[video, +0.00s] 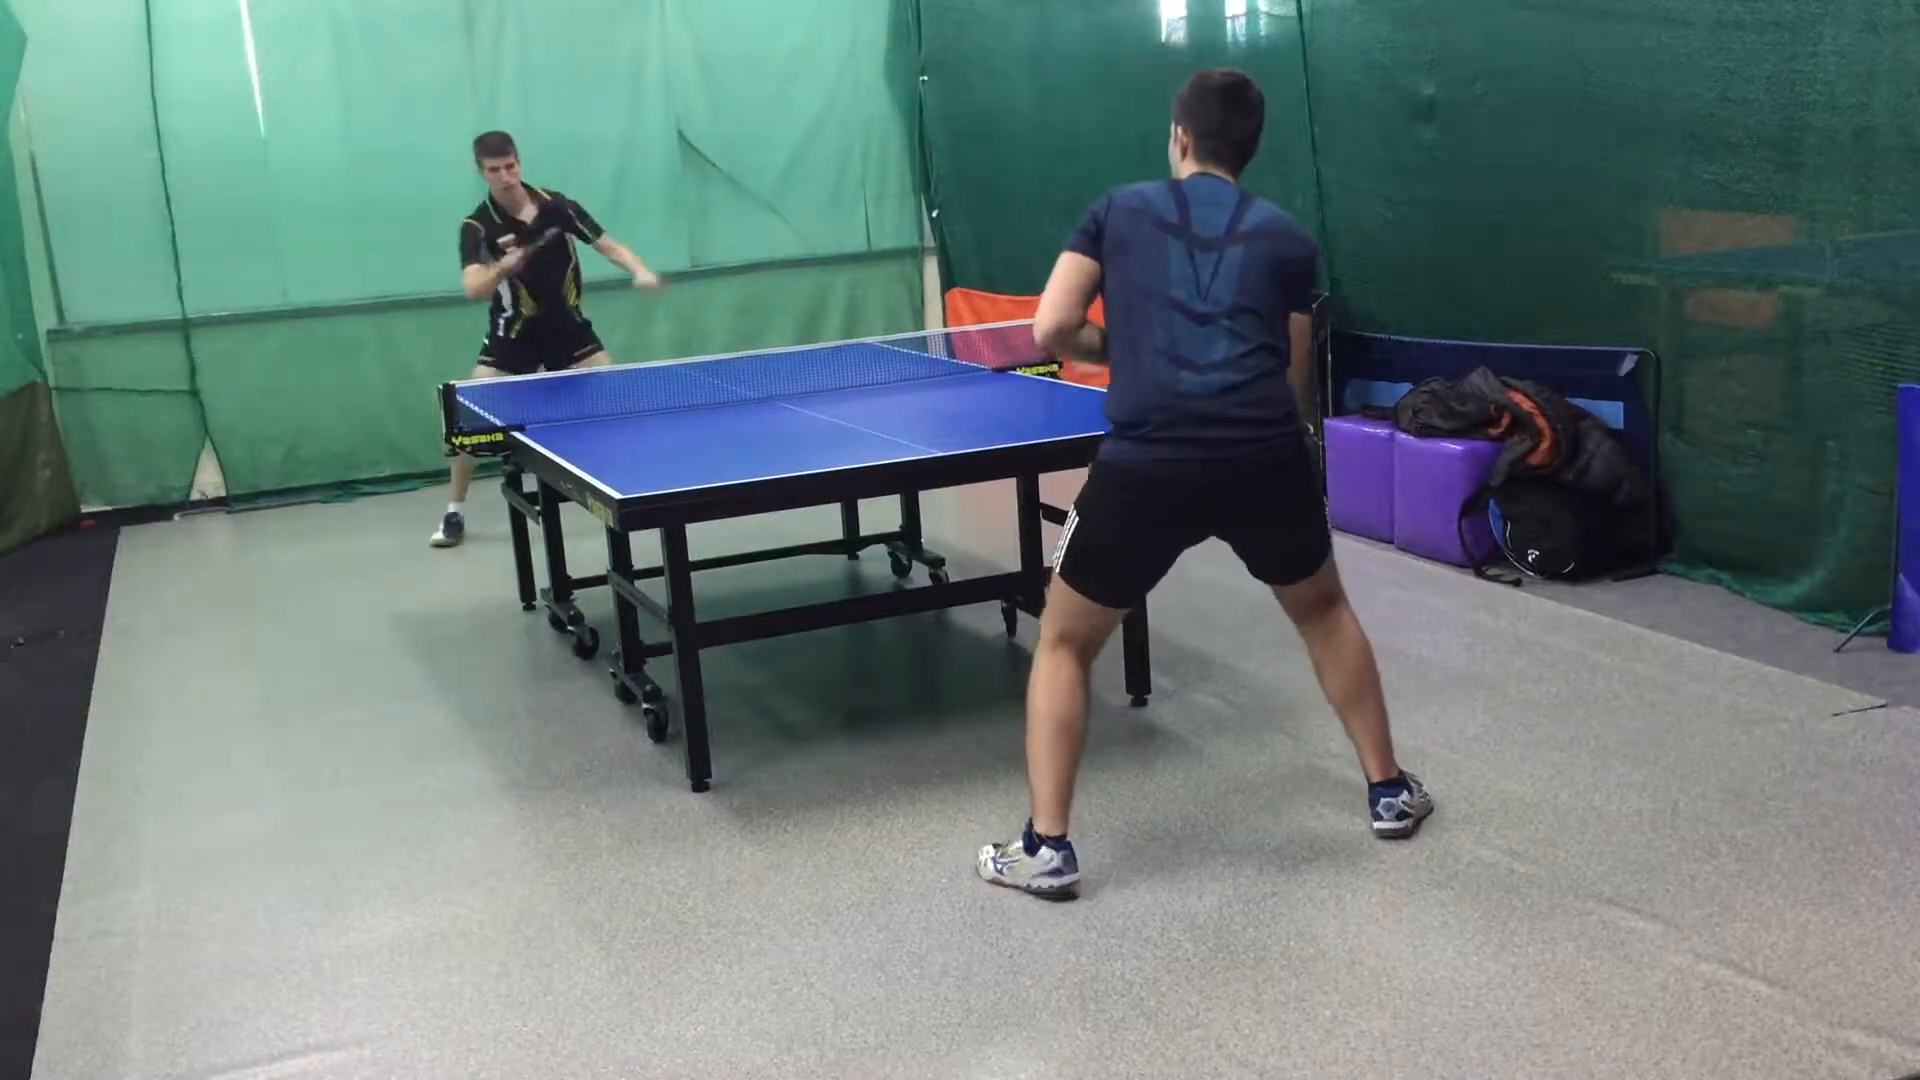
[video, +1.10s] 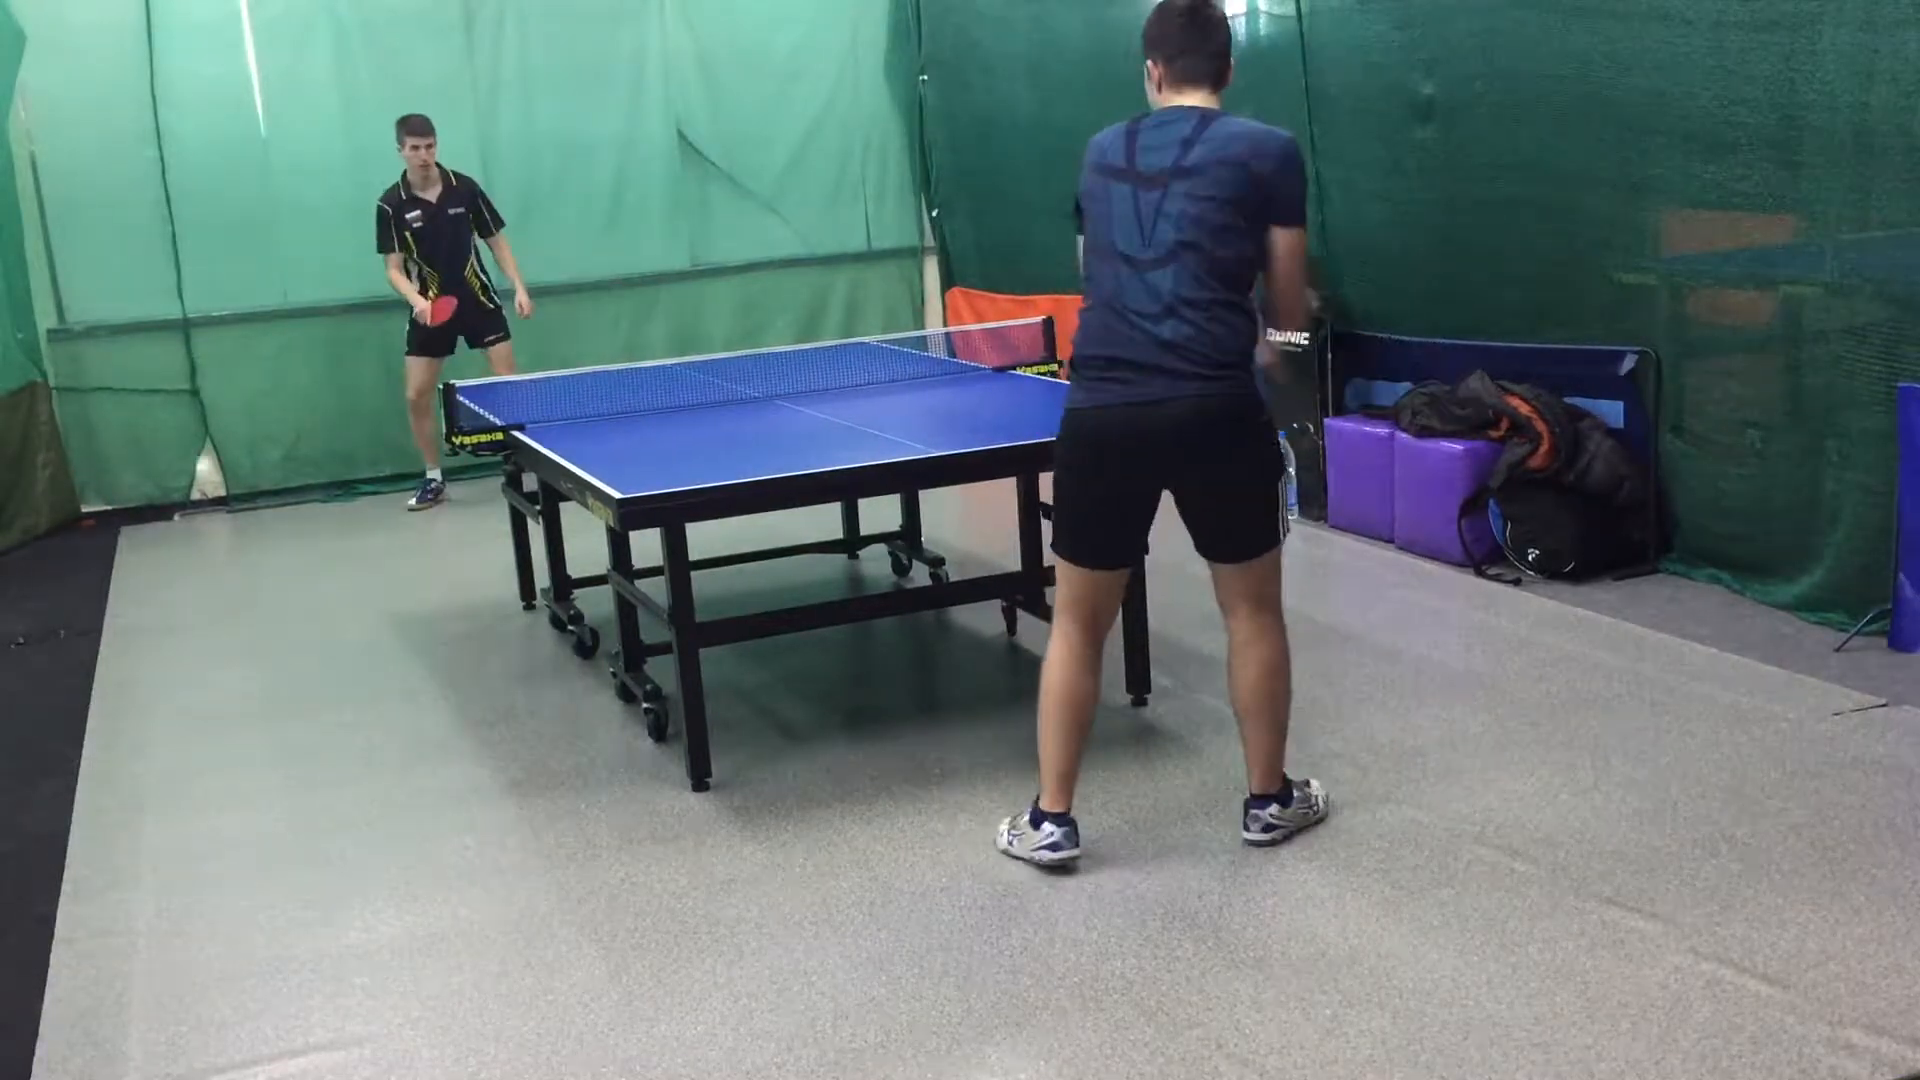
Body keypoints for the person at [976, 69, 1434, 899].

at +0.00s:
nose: (1173, 144)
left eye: (1174, 133)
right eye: (1188, 135)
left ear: (1179, 141)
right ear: (1250, 150)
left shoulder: (1116, 212)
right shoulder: (1286, 237)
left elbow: (1053, 328)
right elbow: (1294, 375)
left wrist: (1116, 344)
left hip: (1147, 474)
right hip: (1266, 470)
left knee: (1066, 644)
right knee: (1323, 615)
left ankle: (1047, 843)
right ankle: (1388, 790)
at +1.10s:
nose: (1149, 78)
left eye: (1146, 65)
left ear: (1152, 71)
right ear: (1229, 69)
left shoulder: (1102, 151)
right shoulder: (1268, 151)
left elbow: (1096, 275)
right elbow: (1290, 312)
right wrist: (1276, 306)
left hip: (1104, 425)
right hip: (1218, 423)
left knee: (1078, 623)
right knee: (1253, 612)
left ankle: (1053, 819)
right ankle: (1267, 799)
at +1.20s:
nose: (1136, 81)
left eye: (1135, 69)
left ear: (1143, 74)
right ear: (1220, 73)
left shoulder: (1095, 153)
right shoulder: (1270, 159)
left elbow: (1054, 297)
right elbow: (1284, 286)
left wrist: (1098, 355)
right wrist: (1217, 300)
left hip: (1106, 427)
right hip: (1222, 424)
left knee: (1077, 623)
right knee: (1252, 609)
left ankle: (1053, 824)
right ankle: (1266, 799)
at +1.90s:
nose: (1114, 107)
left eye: (1114, 96)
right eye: (1121, 95)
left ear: (1124, 99)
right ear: (1198, 101)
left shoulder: (1096, 168)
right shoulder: (1252, 184)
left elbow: (1029, 279)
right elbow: (1282, 331)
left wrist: (1090, 320)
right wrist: (1278, 374)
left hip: (1128, 431)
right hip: (1239, 425)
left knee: (1062, 625)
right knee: (1272, 604)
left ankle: (1053, 827)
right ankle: (1329, 786)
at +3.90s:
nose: (1180, 112)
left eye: (1181, 101)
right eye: (1187, 101)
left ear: (1193, 107)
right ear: (1264, 111)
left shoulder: (1163, 175)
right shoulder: (1313, 197)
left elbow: (1107, 290)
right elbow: (1311, 303)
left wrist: (1157, 323)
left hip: (1198, 443)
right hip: (1307, 438)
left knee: (1108, 620)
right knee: (1321, 601)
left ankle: (1082, 829)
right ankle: (1352, 782)